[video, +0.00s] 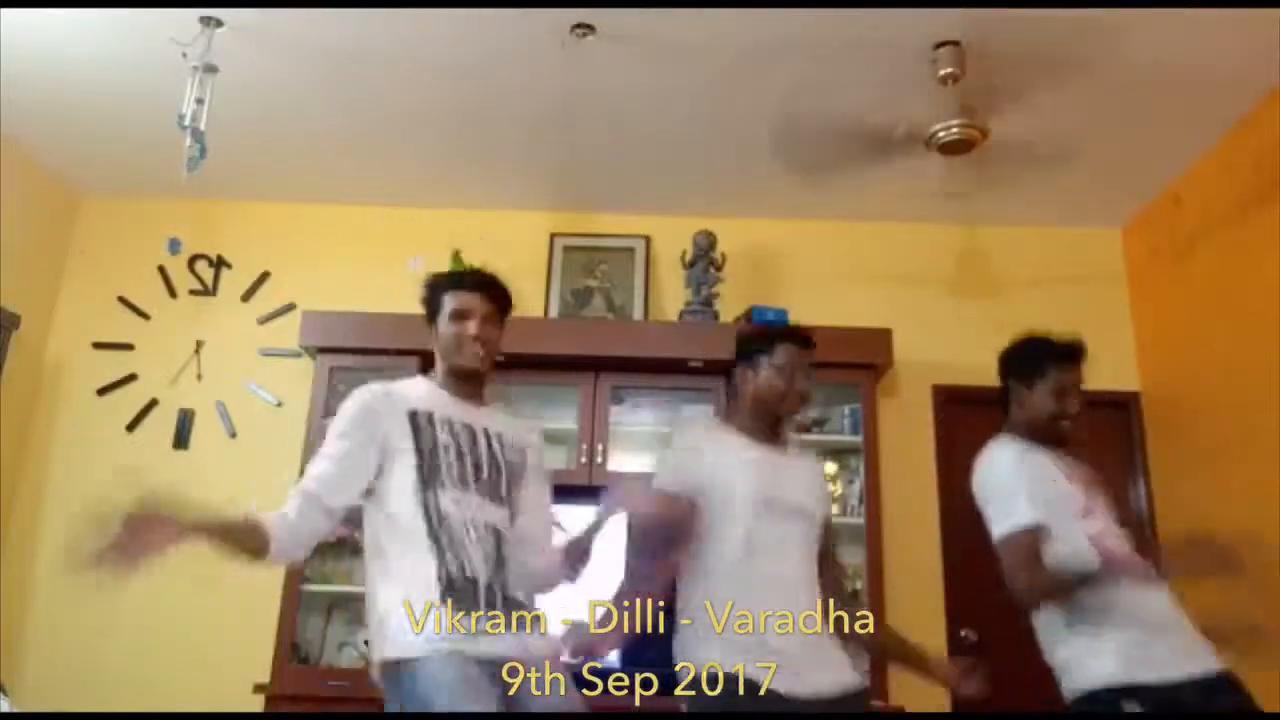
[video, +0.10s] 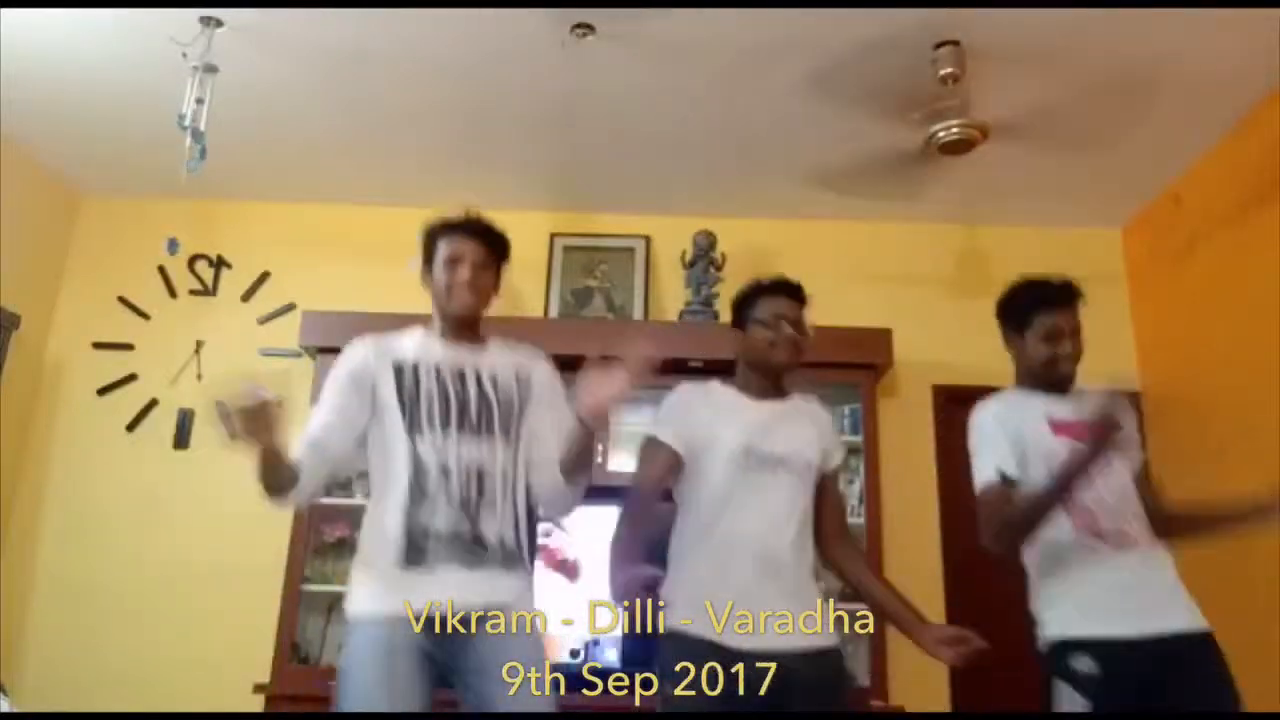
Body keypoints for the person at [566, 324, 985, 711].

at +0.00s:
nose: (802, 388)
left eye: (805, 376)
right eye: (788, 373)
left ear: (806, 382)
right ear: (746, 375)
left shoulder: (810, 472)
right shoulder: (697, 447)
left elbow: (835, 602)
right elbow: (650, 556)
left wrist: (934, 667)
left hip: (820, 682)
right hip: (727, 678)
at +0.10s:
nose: (783, 334)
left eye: (794, 327)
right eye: (769, 323)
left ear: (804, 345)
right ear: (739, 334)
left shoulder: (814, 420)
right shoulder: (692, 403)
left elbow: (836, 543)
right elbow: (640, 506)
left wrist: (922, 630)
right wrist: (624, 571)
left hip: (800, 655)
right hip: (698, 648)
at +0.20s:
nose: (748, 327)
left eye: (762, 318)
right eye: (735, 318)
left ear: (784, 337)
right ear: (717, 335)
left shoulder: (813, 417)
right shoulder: (679, 405)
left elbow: (840, 531)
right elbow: (610, 516)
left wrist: (876, 621)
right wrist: (632, 596)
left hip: (794, 651)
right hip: (693, 647)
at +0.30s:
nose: (729, 354)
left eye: (740, 343)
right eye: (715, 343)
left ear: (761, 358)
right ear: (698, 360)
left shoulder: (807, 454)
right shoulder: (664, 454)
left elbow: (831, 579)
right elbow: (614, 579)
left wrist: (835, 678)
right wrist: (625, 680)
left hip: (779, 688)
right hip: (677, 688)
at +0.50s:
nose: (662, 359)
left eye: (681, 350)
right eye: (661, 350)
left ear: (721, 368)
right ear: (653, 360)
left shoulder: (757, 451)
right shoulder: (632, 455)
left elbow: (800, 575)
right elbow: (602, 563)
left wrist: (772, 676)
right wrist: (572, 648)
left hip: (721, 690)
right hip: (628, 683)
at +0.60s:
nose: (646, 323)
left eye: (665, 315)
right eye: (648, 313)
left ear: (703, 333)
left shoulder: (736, 408)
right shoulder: (628, 411)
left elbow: (770, 541)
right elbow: (602, 521)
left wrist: (700, 639)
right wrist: (535, 586)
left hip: (679, 653)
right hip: (594, 644)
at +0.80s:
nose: (592, 381)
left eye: (608, 367)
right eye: (592, 367)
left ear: (650, 380)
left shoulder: (685, 451)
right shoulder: (595, 469)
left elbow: (688, 590)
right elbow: (556, 579)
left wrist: (714, 605)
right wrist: (476, 602)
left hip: (622, 686)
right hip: (550, 681)